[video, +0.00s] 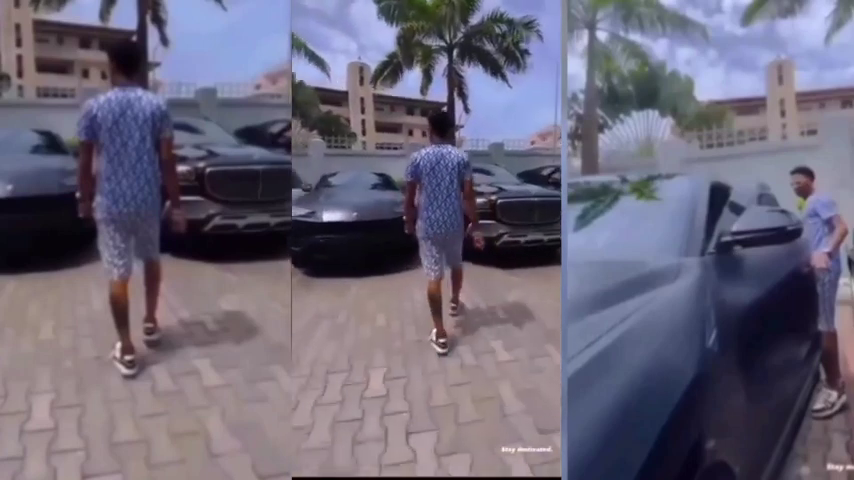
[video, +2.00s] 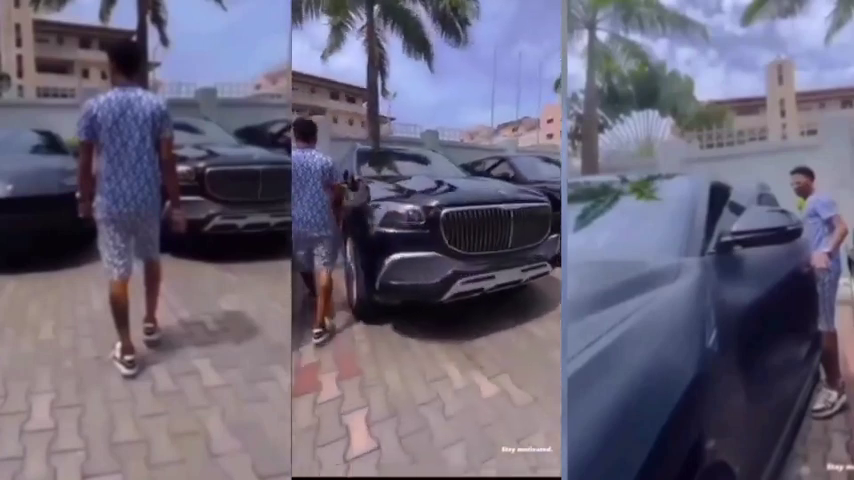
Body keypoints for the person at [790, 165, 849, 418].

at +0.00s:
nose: (796, 188)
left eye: (799, 183)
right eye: (794, 185)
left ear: (811, 181)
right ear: (796, 185)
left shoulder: (821, 201)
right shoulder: (808, 206)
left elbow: (841, 228)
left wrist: (827, 252)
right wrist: (809, 256)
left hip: (825, 269)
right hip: (814, 269)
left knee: (825, 327)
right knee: (821, 327)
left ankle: (835, 388)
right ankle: (831, 385)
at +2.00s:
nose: (796, 188)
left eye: (799, 183)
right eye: (794, 185)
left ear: (811, 181)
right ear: (796, 185)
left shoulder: (821, 201)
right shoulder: (808, 206)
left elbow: (841, 228)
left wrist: (827, 252)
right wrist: (809, 256)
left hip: (825, 269)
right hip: (814, 269)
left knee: (825, 328)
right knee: (821, 327)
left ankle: (835, 388)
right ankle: (831, 385)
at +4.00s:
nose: (796, 187)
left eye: (799, 183)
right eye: (793, 184)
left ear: (811, 181)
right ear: (797, 185)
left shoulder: (821, 201)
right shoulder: (809, 205)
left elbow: (842, 227)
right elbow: (820, 234)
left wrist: (827, 253)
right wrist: (810, 255)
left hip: (825, 268)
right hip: (815, 268)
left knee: (825, 327)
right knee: (822, 327)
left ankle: (834, 388)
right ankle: (830, 385)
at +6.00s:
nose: (796, 187)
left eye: (799, 183)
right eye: (793, 184)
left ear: (811, 181)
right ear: (797, 185)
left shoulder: (821, 201)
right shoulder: (809, 205)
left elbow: (842, 227)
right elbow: (820, 234)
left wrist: (827, 253)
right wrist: (810, 255)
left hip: (825, 268)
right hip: (815, 268)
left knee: (825, 327)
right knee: (822, 327)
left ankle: (834, 388)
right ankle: (830, 385)